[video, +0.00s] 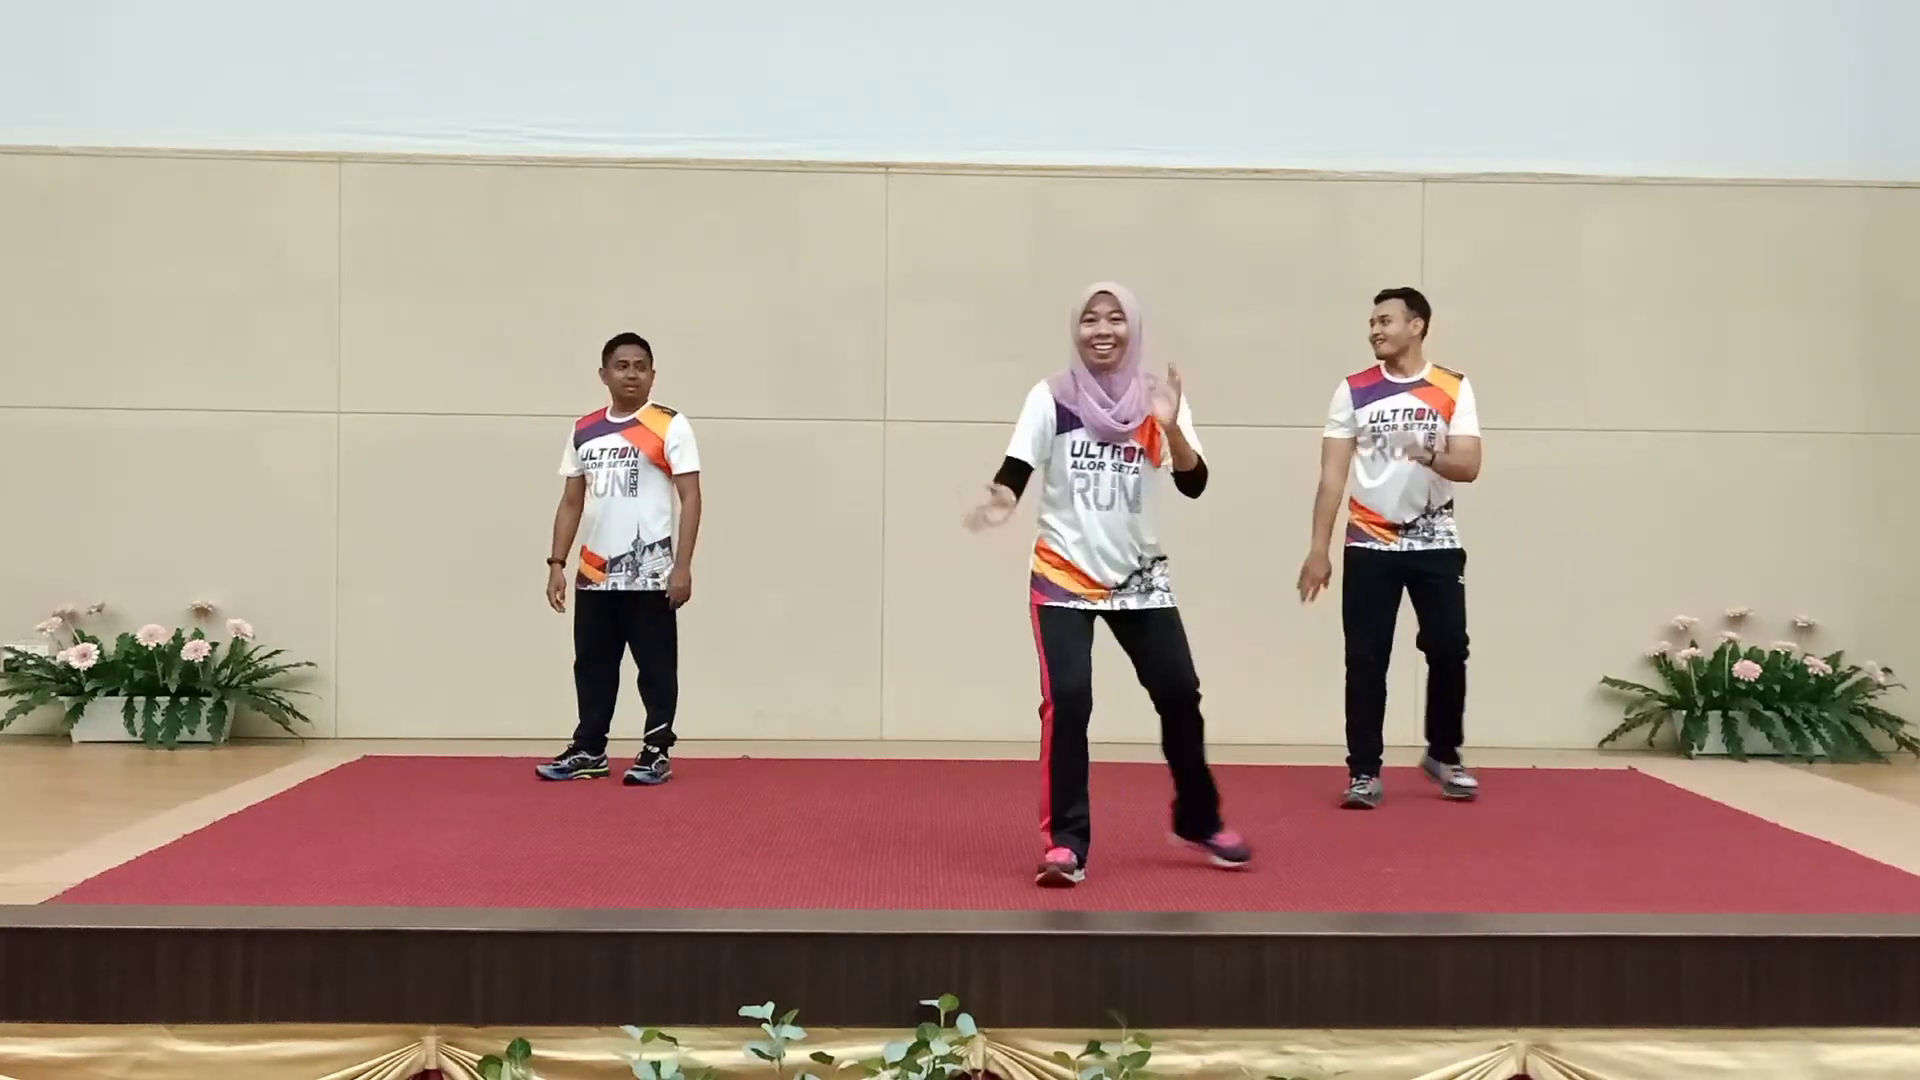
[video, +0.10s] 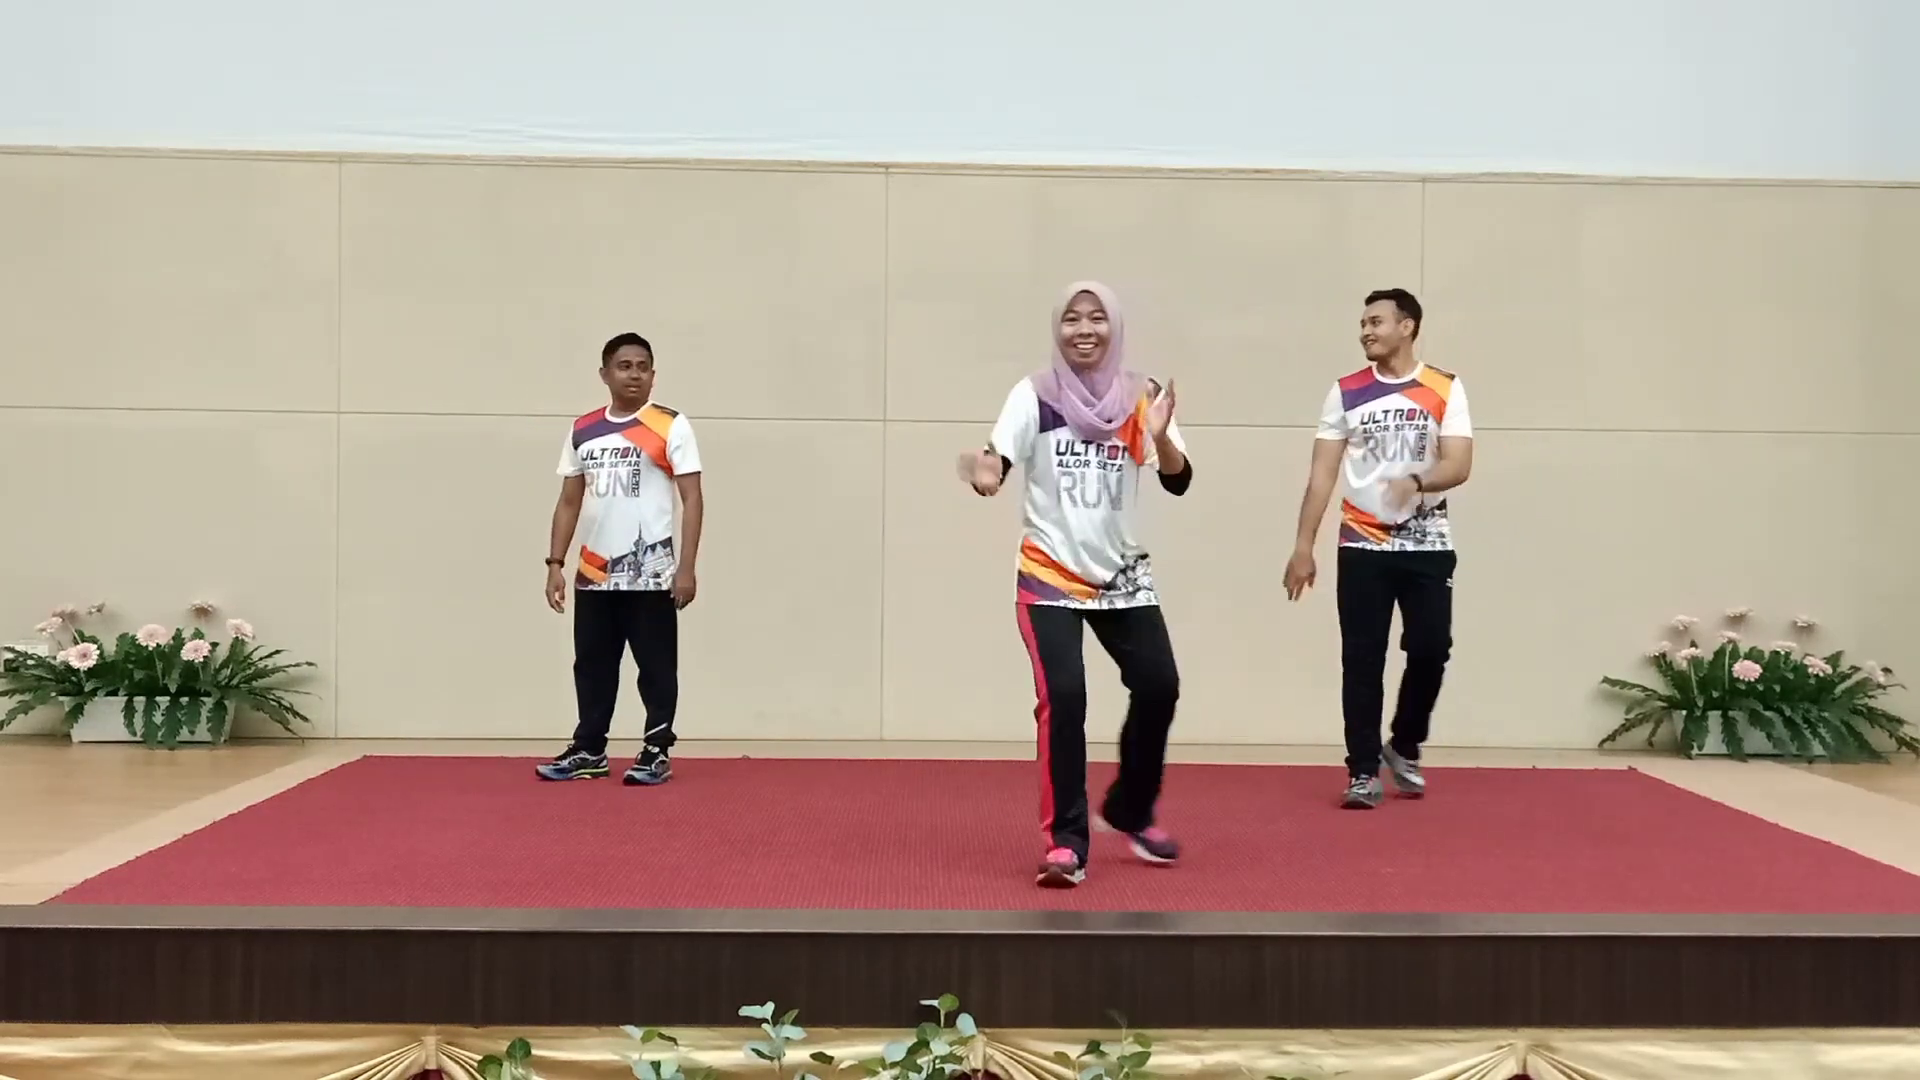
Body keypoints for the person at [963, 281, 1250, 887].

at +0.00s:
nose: (1102, 328)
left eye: (1114, 319)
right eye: (1091, 319)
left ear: (1133, 331)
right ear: (1076, 332)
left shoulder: (1158, 400)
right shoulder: (1052, 397)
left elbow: (1194, 486)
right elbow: (1017, 468)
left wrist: (1171, 429)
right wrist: (1002, 497)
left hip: (1138, 575)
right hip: (1064, 574)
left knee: (1180, 693)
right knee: (1068, 701)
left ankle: (1198, 822)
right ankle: (1065, 844)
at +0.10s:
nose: (1084, 328)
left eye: (1097, 318)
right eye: (1073, 318)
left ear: (1115, 329)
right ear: (1057, 331)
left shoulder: (1139, 398)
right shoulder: (1034, 394)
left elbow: (1178, 483)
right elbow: (994, 475)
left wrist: (1162, 435)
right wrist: (982, 469)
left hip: (1121, 575)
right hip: (1050, 574)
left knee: (1159, 686)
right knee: (1064, 696)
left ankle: (1130, 812)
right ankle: (1066, 843)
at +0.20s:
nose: (1048, 328)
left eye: (1060, 318)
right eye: (1036, 319)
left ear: (1079, 330)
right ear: (1021, 331)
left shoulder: (1106, 398)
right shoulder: (998, 397)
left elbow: (1143, 466)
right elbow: (940, 471)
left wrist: (1152, 468)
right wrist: (970, 432)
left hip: (1090, 581)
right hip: (1023, 577)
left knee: (1107, 698)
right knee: (1054, 697)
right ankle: (1066, 843)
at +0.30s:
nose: (1031, 331)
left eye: (1043, 322)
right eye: (1019, 322)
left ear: (1061, 334)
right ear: (1003, 334)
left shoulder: (1089, 400)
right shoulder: (980, 397)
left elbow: (1123, 464)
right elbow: (921, 470)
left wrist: (1138, 495)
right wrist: (969, 413)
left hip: (1071, 584)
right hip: (1007, 579)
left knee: (1073, 709)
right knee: (1046, 699)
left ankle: (968, 801)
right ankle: (1065, 844)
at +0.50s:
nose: (980, 350)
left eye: (992, 340)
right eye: (970, 340)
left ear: (1012, 350)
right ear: (956, 348)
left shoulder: (1039, 419)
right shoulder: (930, 408)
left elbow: (1073, 493)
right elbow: (879, 478)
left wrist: (1088, 558)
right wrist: (934, 427)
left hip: (1011, 597)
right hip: (948, 588)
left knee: (995, 719)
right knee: (1008, 689)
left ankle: (924, 836)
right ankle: (1036, 842)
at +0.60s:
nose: (952, 337)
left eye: (964, 327)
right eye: (942, 326)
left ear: (983, 337)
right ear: (925, 335)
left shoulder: (1007, 404)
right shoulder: (903, 392)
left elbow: (1051, 467)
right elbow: (858, 461)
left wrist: (1078, 501)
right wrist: (911, 415)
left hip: (979, 583)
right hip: (914, 571)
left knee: (979, 701)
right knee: (963, 669)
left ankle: (921, 831)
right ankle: (951, 827)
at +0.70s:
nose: (937, 326)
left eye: (949, 317)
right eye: (926, 316)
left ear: (966, 327)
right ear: (909, 325)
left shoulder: (991, 392)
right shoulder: (889, 382)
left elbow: (1042, 452)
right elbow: (849, 455)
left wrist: (1073, 464)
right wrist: (898, 415)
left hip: (963, 575)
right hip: (900, 564)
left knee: (964, 698)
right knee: (932, 667)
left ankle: (934, 833)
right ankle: (894, 822)